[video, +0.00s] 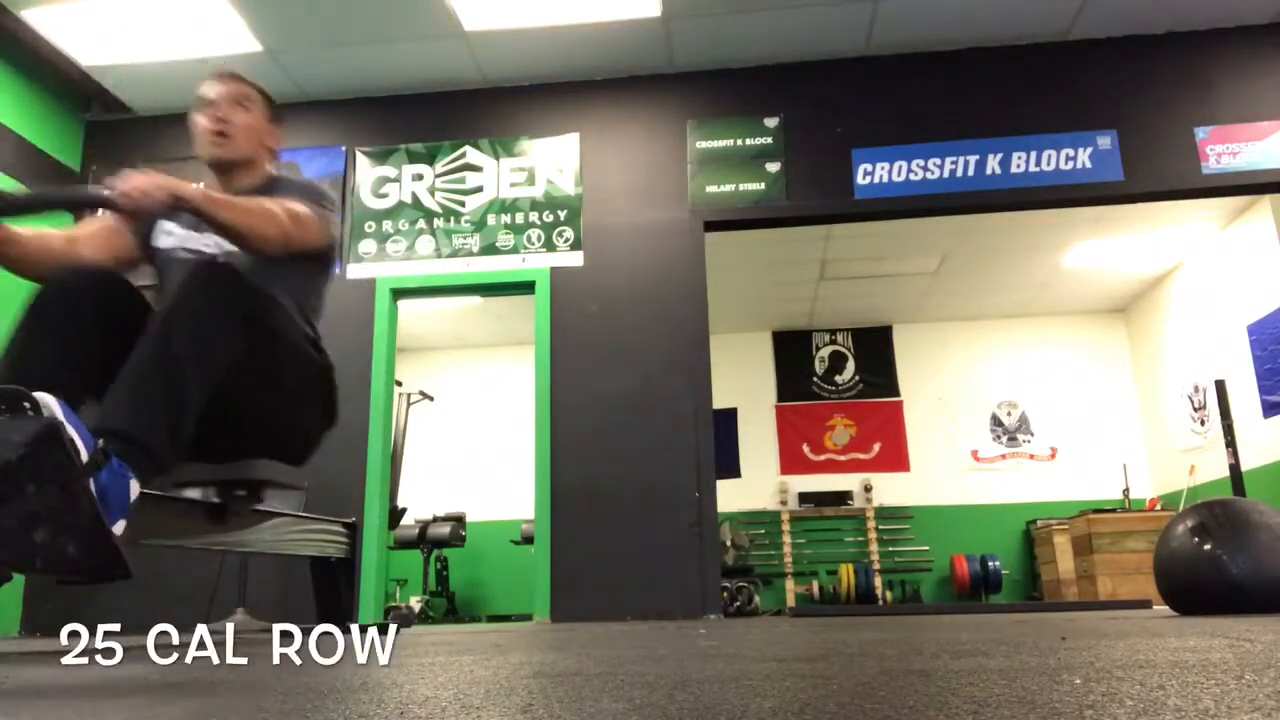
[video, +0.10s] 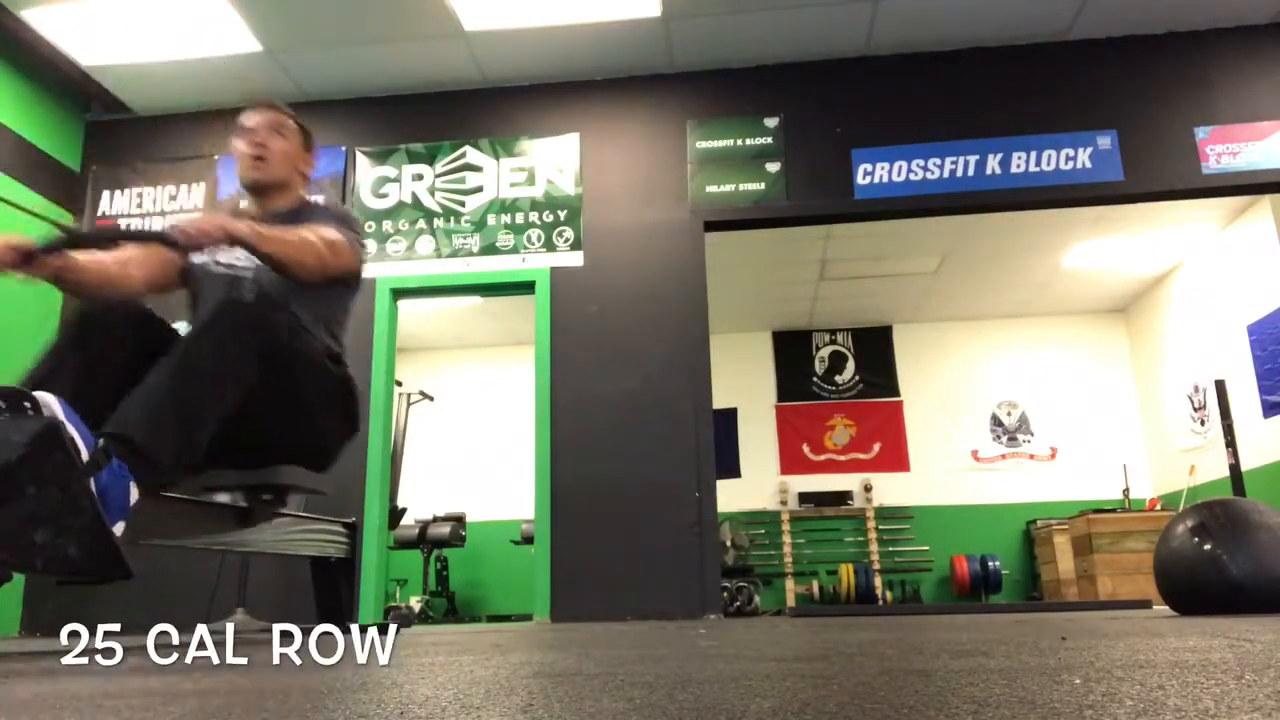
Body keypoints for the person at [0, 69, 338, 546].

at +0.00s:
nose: (217, 115)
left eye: (240, 106)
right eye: (205, 107)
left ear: (273, 137)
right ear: (191, 133)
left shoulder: (308, 199)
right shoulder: (169, 207)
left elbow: (280, 233)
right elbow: (79, 247)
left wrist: (183, 194)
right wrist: (4, 239)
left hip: (282, 402)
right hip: (182, 396)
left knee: (216, 286)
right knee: (86, 288)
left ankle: (116, 474)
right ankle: (14, 446)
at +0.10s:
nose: (258, 141)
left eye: (277, 133)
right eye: (246, 133)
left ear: (306, 163)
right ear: (232, 154)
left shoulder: (332, 223)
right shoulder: (211, 231)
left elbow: (323, 258)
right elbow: (128, 269)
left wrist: (237, 229)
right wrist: (46, 262)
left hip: (305, 413)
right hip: (209, 409)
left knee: (245, 320)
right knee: (114, 317)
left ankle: (118, 474)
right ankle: (24, 443)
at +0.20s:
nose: (289, 171)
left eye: (308, 163)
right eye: (280, 163)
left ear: (337, 189)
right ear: (270, 184)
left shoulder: (358, 249)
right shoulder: (249, 257)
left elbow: (356, 287)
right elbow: (167, 296)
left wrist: (271, 260)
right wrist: (98, 285)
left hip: (328, 413)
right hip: (235, 407)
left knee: (257, 359)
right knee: (135, 359)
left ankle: (118, 487)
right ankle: (42, 455)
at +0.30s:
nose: (315, 206)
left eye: (331, 197)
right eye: (307, 198)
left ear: (359, 216)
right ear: (297, 212)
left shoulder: (381, 273)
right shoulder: (271, 280)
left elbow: (387, 318)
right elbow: (197, 323)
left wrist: (315, 291)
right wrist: (142, 311)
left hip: (336, 418)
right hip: (253, 410)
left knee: (261, 385)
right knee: (156, 387)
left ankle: (124, 487)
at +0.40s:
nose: (333, 231)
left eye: (348, 224)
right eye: (324, 224)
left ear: (374, 246)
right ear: (312, 241)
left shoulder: (394, 298)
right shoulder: (277, 302)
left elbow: (420, 355)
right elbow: (217, 370)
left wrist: (351, 329)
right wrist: (186, 342)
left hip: (340, 409)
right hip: (260, 403)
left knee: (254, 427)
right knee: (169, 422)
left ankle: (127, 489)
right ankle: (89, 477)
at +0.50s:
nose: (333, 239)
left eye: (348, 231)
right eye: (324, 234)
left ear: (376, 252)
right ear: (317, 254)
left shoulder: (403, 309)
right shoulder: (280, 312)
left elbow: (444, 378)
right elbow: (240, 375)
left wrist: (374, 345)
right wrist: (205, 359)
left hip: (343, 410)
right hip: (266, 404)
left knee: (254, 439)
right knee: (178, 423)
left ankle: (127, 495)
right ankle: (98, 462)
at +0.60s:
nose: (335, 241)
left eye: (349, 233)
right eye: (326, 236)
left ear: (378, 255)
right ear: (317, 255)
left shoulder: (408, 315)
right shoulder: (291, 316)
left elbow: (465, 394)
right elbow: (253, 389)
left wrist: (404, 350)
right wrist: (225, 365)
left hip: (346, 410)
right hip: (273, 405)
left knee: (254, 436)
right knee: (177, 420)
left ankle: (130, 494)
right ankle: (95, 472)